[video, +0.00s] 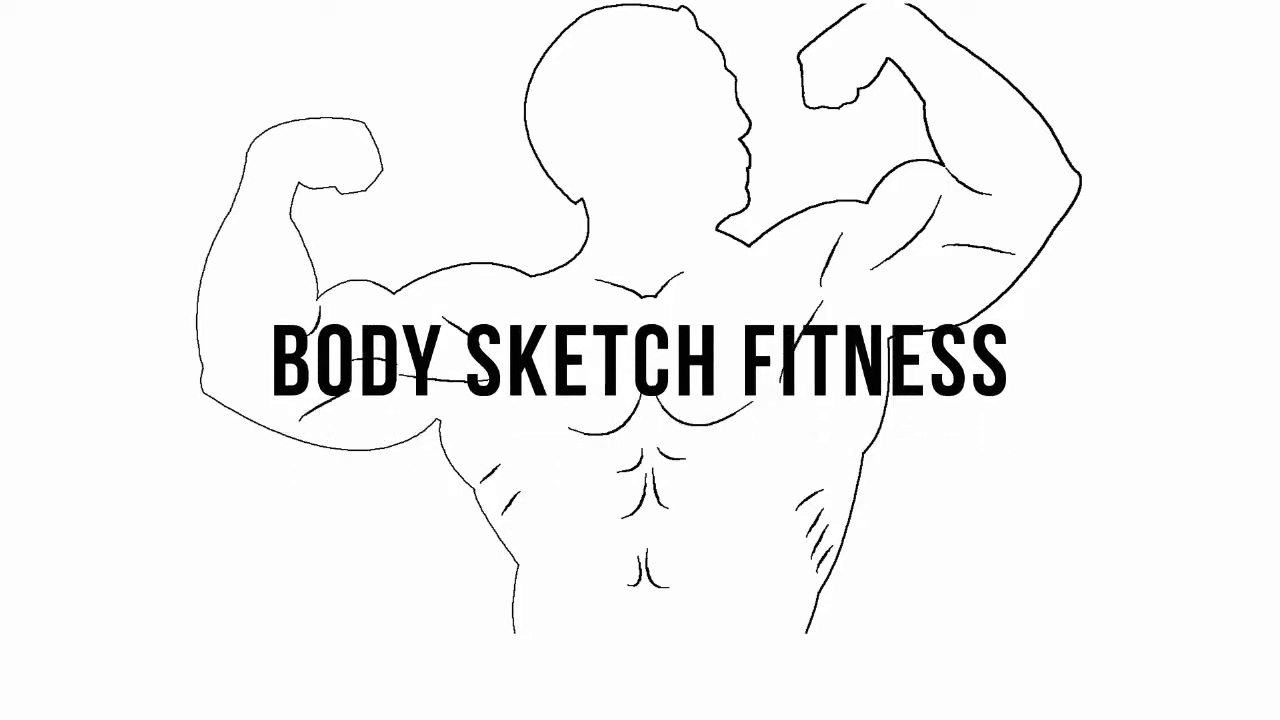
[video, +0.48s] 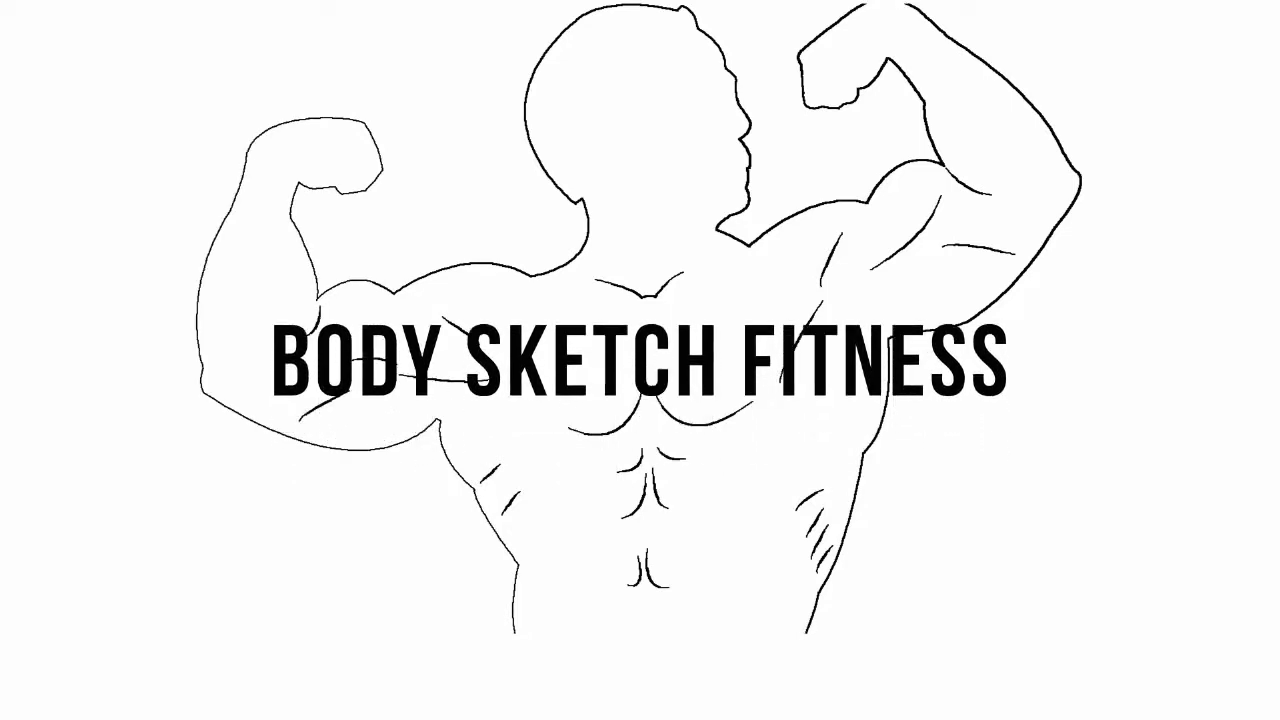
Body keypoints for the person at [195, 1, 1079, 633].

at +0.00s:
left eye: (692, 114)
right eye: (633, 122)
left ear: (737, 127)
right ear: (566, 148)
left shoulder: (813, 294)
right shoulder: (478, 319)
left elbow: (1034, 190)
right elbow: (250, 371)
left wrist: (895, 35)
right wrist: (273, 171)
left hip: (769, 662)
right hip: (547, 667)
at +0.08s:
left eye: (692, 114)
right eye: (633, 122)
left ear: (737, 127)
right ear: (566, 148)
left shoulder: (813, 294)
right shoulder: (478, 319)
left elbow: (1034, 190)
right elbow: (250, 371)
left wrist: (895, 35)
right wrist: (273, 171)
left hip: (769, 662)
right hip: (547, 667)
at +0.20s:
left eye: (692, 114)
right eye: (633, 122)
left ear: (737, 127)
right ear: (566, 148)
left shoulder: (813, 294)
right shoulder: (478, 319)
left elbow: (1034, 190)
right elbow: (250, 371)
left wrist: (895, 35)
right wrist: (273, 171)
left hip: (769, 662)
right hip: (547, 667)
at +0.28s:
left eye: (692, 114)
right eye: (633, 122)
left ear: (737, 127)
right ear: (566, 148)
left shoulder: (813, 294)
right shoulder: (478, 319)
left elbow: (1034, 190)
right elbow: (250, 371)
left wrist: (895, 35)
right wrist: (273, 171)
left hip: (769, 662)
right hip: (547, 667)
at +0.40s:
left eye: (692, 114)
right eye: (633, 122)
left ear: (737, 127)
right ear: (566, 148)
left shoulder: (813, 294)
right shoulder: (478, 319)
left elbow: (1034, 190)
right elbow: (250, 371)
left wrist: (895, 35)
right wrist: (273, 171)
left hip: (769, 662)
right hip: (547, 667)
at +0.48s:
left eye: (692, 114)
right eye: (633, 122)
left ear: (737, 127)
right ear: (566, 148)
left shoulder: (813, 294)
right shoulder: (478, 319)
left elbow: (1034, 190)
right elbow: (250, 371)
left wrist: (895, 35)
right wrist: (273, 171)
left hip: (769, 662)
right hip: (547, 667)